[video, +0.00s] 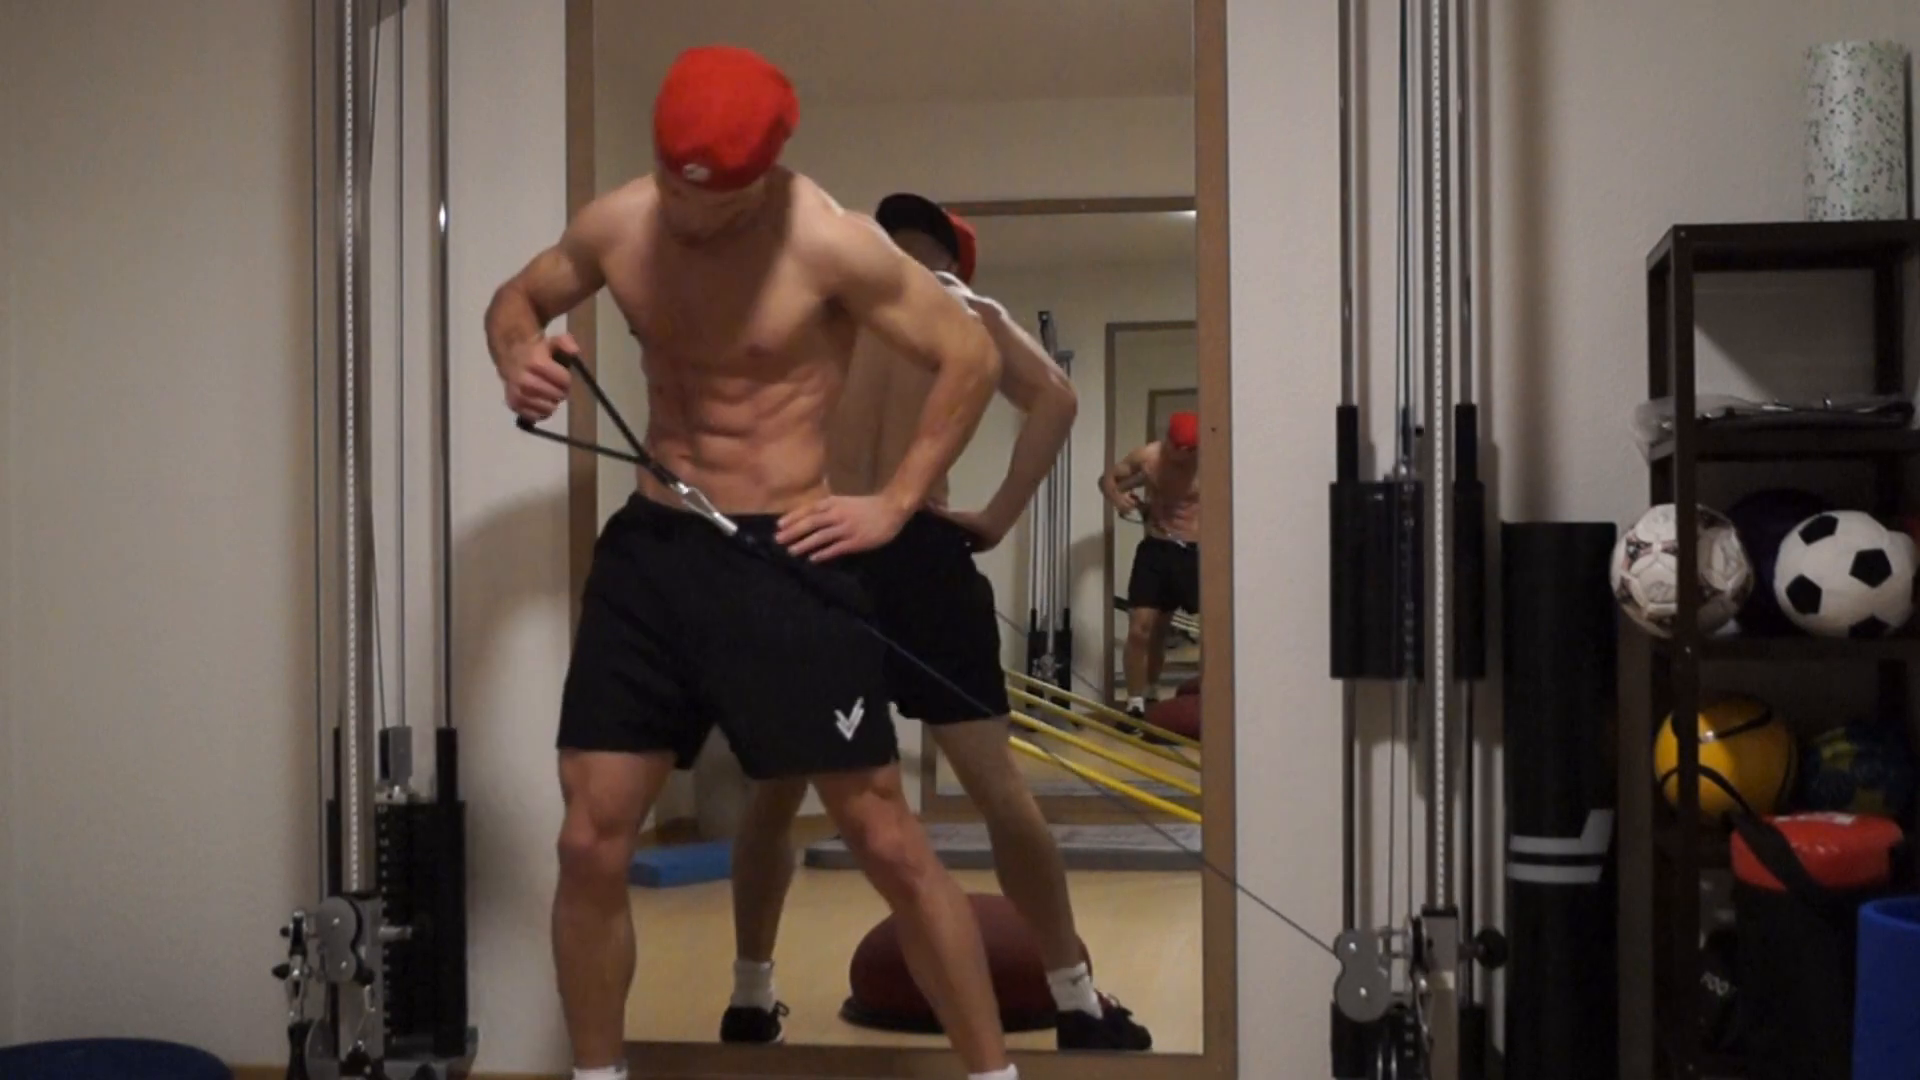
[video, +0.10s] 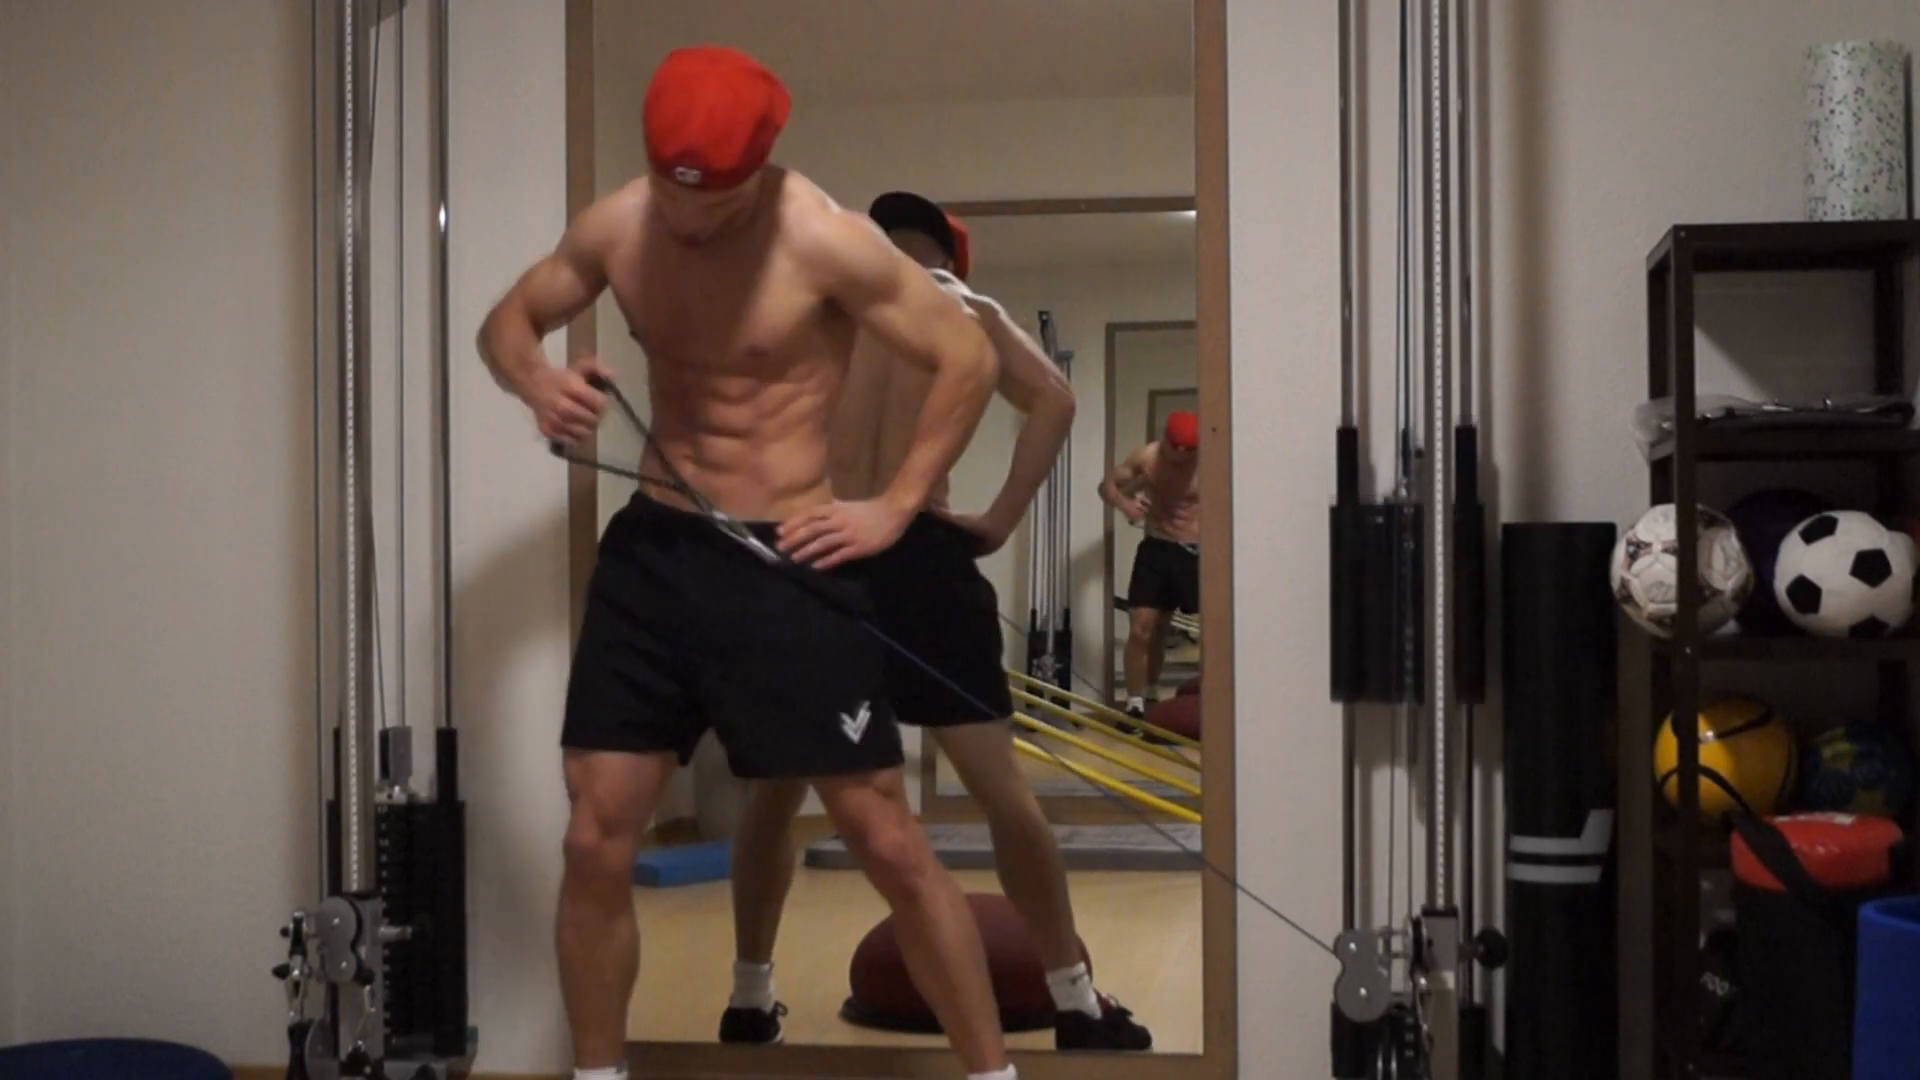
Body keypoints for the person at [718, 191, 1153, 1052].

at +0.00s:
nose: (950, 278)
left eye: (934, 265)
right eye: (956, 266)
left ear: (865, 242)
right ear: (954, 260)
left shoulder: (811, 298)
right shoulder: (970, 312)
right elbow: (1052, 394)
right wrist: (997, 517)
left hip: (802, 569)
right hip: (921, 561)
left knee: (773, 797)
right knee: (1001, 791)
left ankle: (751, 995)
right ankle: (1078, 1000)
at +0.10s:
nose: (915, 273)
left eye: (913, 257)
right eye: (920, 257)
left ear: (858, 245)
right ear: (946, 260)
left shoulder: (806, 301)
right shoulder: (965, 310)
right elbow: (1051, 395)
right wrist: (1000, 519)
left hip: (798, 566)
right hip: (921, 560)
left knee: (772, 792)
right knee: (1004, 793)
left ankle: (750, 996)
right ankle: (1077, 1000)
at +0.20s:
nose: (973, 272)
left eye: (966, 264)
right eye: (973, 261)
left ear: (864, 234)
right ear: (957, 248)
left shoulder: (809, 290)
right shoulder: (970, 299)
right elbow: (1046, 381)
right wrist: (1016, 502)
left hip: (808, 562)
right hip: (931, 552)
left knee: (785, 788)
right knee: (1012, 779)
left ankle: (750, 999)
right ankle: (1079, 1003)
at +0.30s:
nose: (1000, 282)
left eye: (1000, 272)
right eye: (999, 268)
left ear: (907, 237)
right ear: (982, 249)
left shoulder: (848, 290)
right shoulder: (985, 280)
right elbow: (1005, 359)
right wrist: (1035, 474)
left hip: (844, 547)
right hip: (954, 540)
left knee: (814, 790)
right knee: (1038, 775)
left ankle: (755, 996)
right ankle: (1082, 1004)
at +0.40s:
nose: (1033, 299)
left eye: (1040, 287)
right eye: (1038, 279)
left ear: (968, 236)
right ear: (1010, 246)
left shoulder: (887, 281)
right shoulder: (982, 281)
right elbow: (967, 415)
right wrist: (1005, 513)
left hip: (865, 537)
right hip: (954, 540)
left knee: (829, 792)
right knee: (1051, 780)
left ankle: (758, 996)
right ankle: (1083, 1005)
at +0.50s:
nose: (1077, 302)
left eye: (1086, 288)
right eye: (1082, 280)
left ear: (1044, 252)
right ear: (1044, 245)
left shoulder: (998, 331)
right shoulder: (972, 282)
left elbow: (972, 489)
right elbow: (887, 383)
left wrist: (1066, 565)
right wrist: (938, 503)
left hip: (940, 572)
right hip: (930, 572)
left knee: (841, 798)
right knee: (1060, 787)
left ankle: (761, 993)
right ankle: (1085, 1005)